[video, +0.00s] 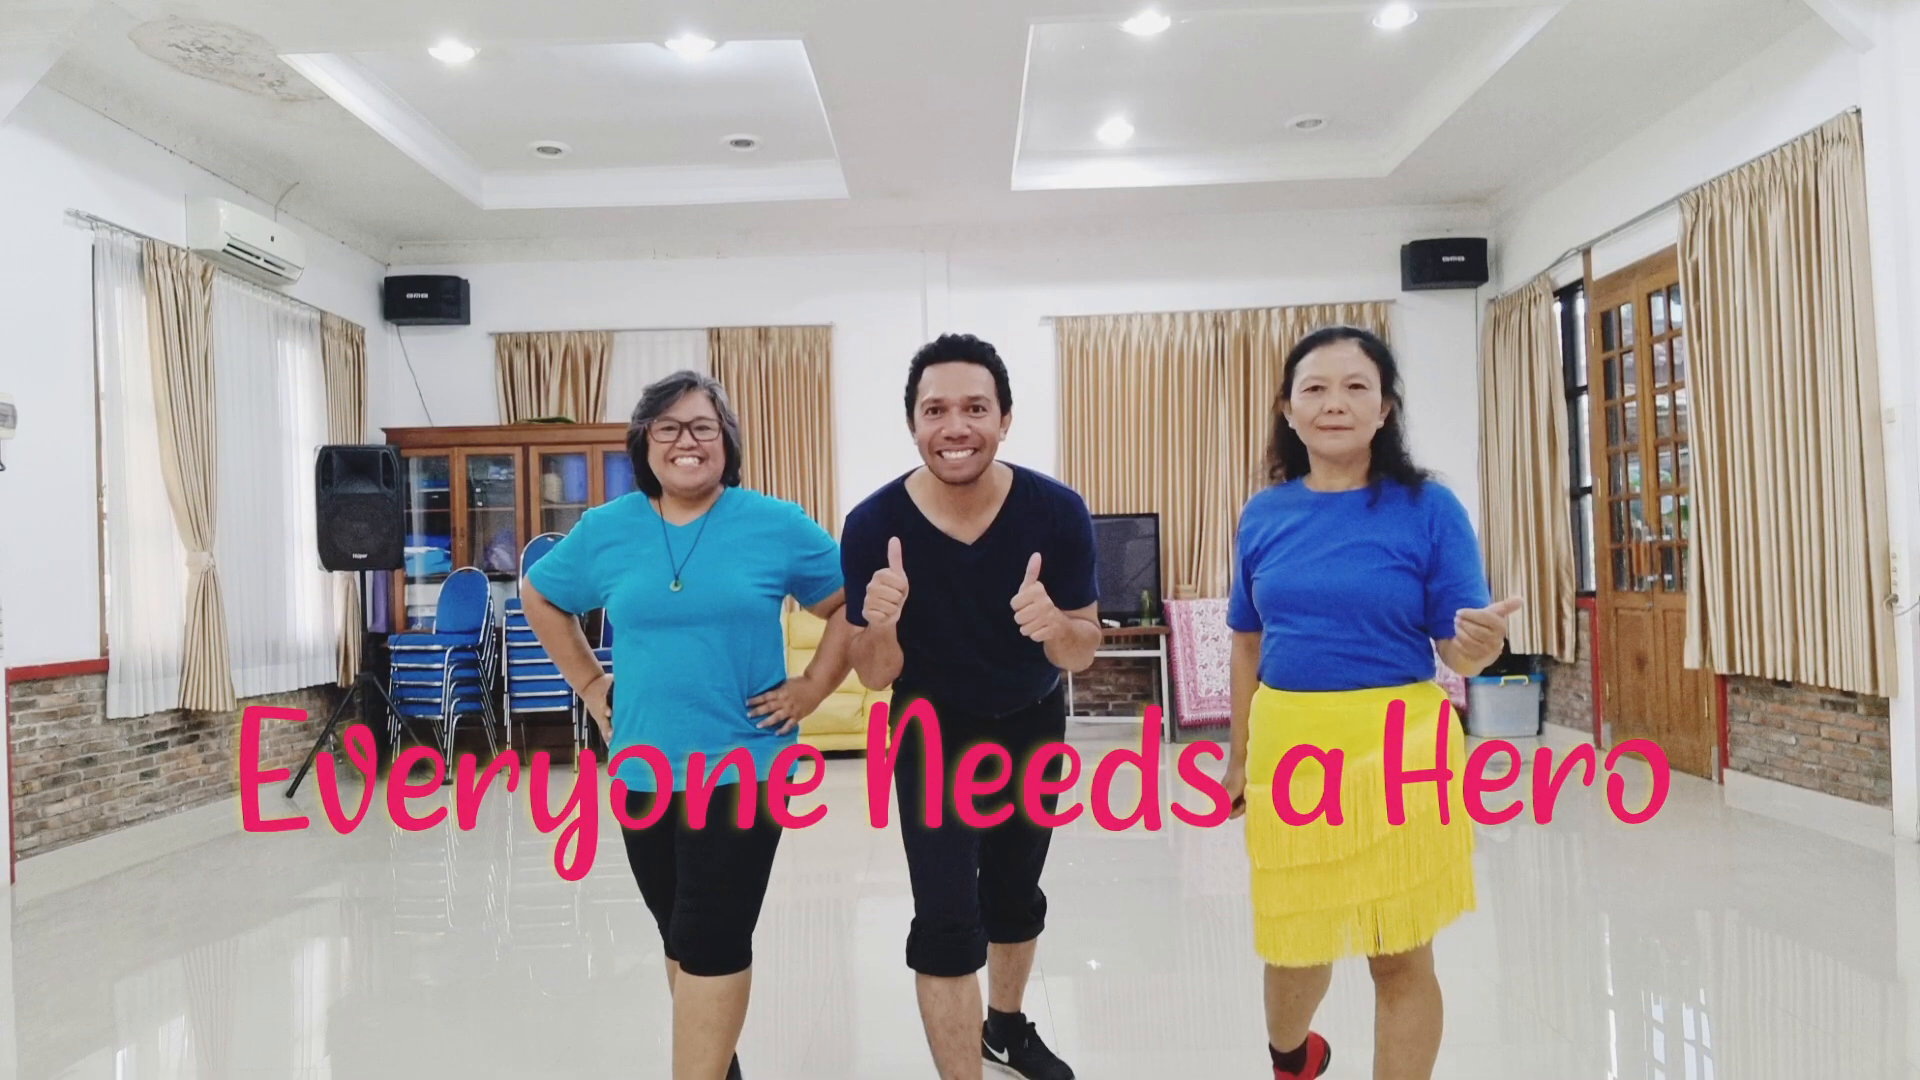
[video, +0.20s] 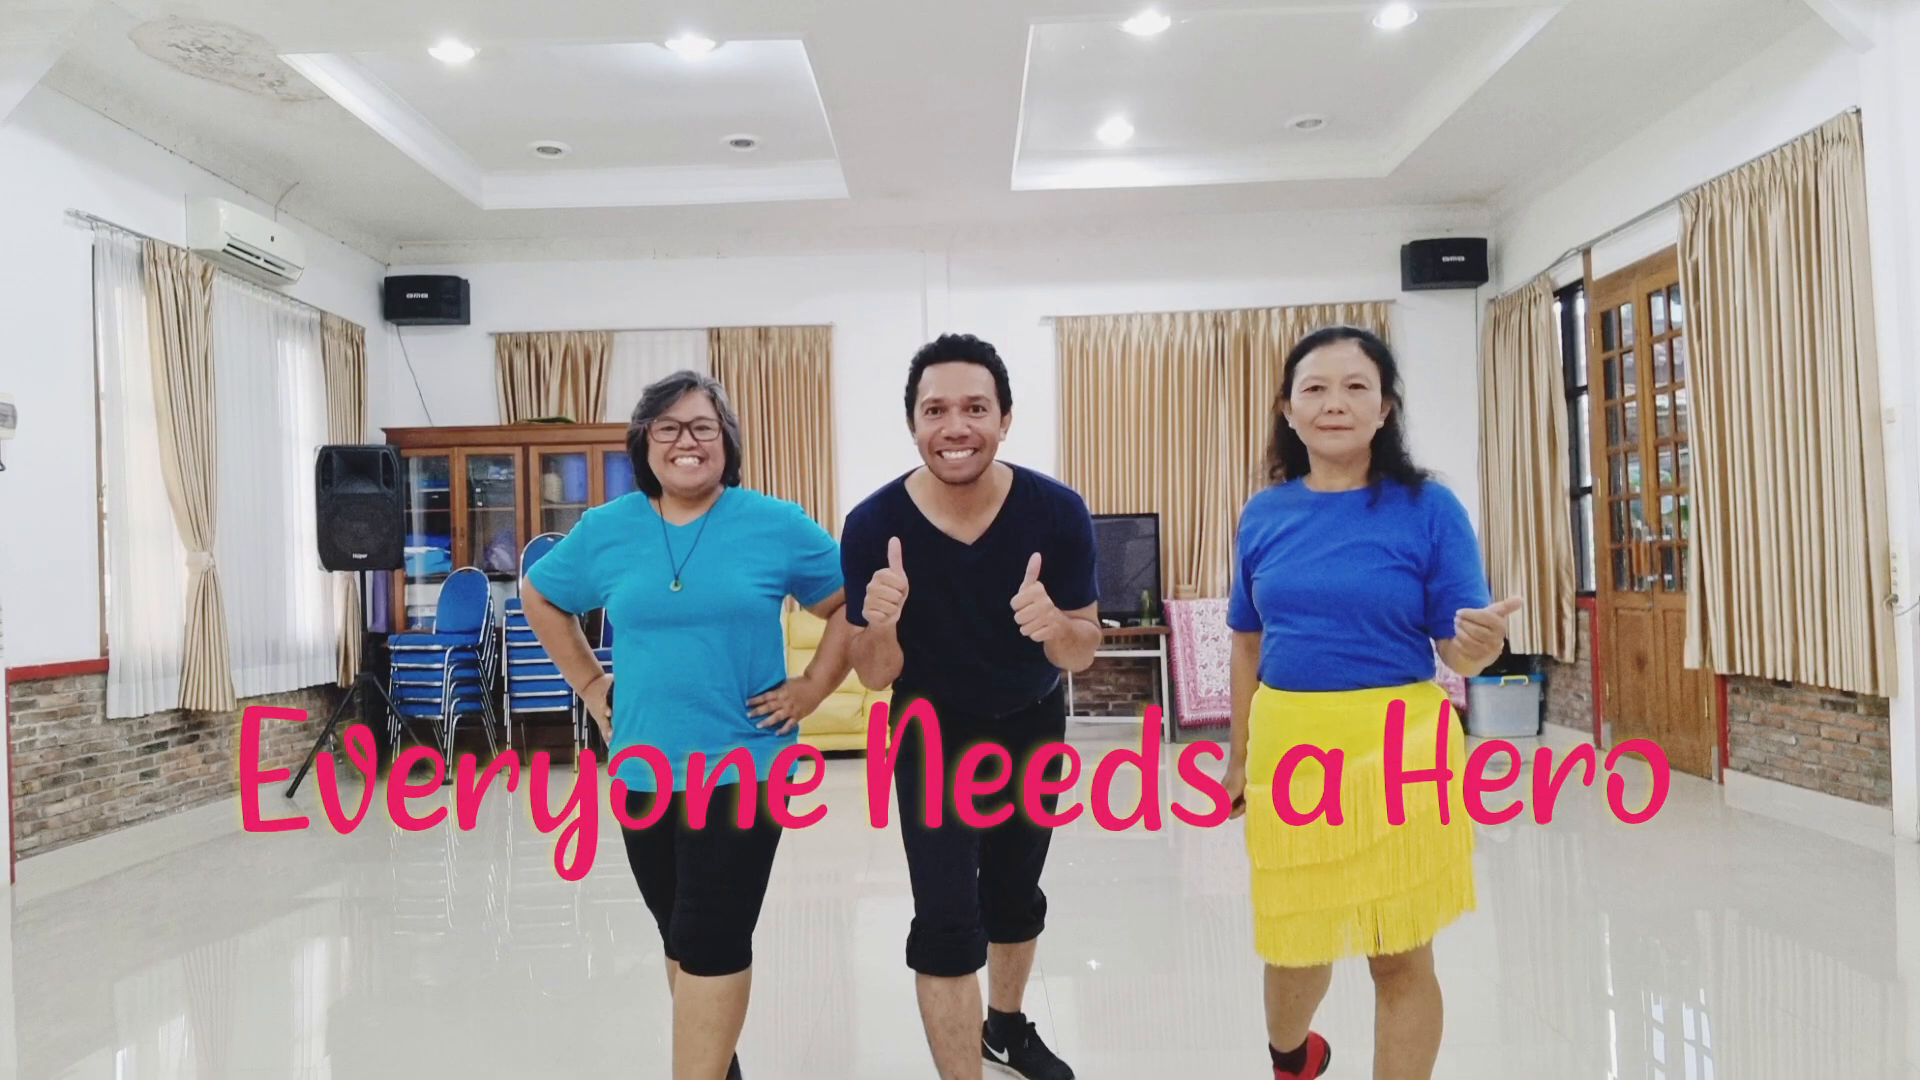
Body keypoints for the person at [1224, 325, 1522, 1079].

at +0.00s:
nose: (1334, 402)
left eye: (1354, 387)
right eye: (1314, 388)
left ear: (1385, 407)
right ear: (1290, 410)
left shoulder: (1428, 507)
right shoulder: (1264, 513)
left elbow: (1462, 651)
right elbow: (1247, 642)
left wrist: (1483, 640)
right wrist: (1239, 754)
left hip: (1400, 744)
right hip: (1288, 745)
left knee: (1398, 960)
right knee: (1292, 952)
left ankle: (1405, 1078)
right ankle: (1290, 1064)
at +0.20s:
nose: (1334, 402)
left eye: (1354, 387)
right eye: (1314, 388)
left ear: (1385, 407)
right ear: (1290, 410)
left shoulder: (1428, 507)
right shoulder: (1265, 513)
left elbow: (1462, 651)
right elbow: (1248, 642)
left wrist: (1483, 639)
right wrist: (1239, 754)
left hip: (1400, 745)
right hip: (1288, 745)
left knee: (1397, 959)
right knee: (1293, 954)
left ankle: (1405, 1078)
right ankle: (1290, 1065)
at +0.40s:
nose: (1334, 402)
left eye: (1354, 387)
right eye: (1315, 388)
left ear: (1385, 406)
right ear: (1290, 410)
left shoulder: (1428, 507)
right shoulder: (1265, 513)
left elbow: (1462, 651)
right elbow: (1247, 642)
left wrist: (1484, 639)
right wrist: (1239, 754)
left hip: (1400, 744)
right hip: (1289, 745)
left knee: (1398, 958)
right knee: (1293, 952)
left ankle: (1405, 1078)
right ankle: (1290, 1065)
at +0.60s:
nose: (1334, 402)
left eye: (1354, 387)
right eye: (1315, 388)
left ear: (1385, 406)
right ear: (1290, 410)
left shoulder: (1428, 507)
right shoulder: (1265, 513)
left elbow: (1462, 651)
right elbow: (1247, 642)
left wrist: (1484, 639)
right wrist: (1239, 754)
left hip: (1400, 744)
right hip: (1289, 745)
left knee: (1398, 958)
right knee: (1293, 952)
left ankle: (1405, 1078)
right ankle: (1290, 1065)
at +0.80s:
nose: (1334, 402)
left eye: (1354, 387)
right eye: (1315, 388)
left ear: (1385, 406)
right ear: (1290, 410)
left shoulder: (1428, 507)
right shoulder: (1265, 513)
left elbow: (1462, 651)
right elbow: (1247, 642)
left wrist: (1484, 639)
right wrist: (1239, 754)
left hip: (1400, 744)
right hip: (1289, 745)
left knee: (1398, 958)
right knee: (1293, 952)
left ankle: (1405, 1078)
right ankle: (1290, 1065)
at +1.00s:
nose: (1334, 407)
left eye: (1354, 392)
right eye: (1315, 393)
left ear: (1385, 411)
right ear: (1290, 414)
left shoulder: (1428, 512)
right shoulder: (1264, 517)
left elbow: (1464, 656)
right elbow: (1247, 646)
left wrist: (1483, 646)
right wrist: (1240, 760)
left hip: (1401, 748)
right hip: (1289, 749)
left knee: (1398, 963)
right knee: (1293, 957)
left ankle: (1404, 1079)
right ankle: (1290, 1067)